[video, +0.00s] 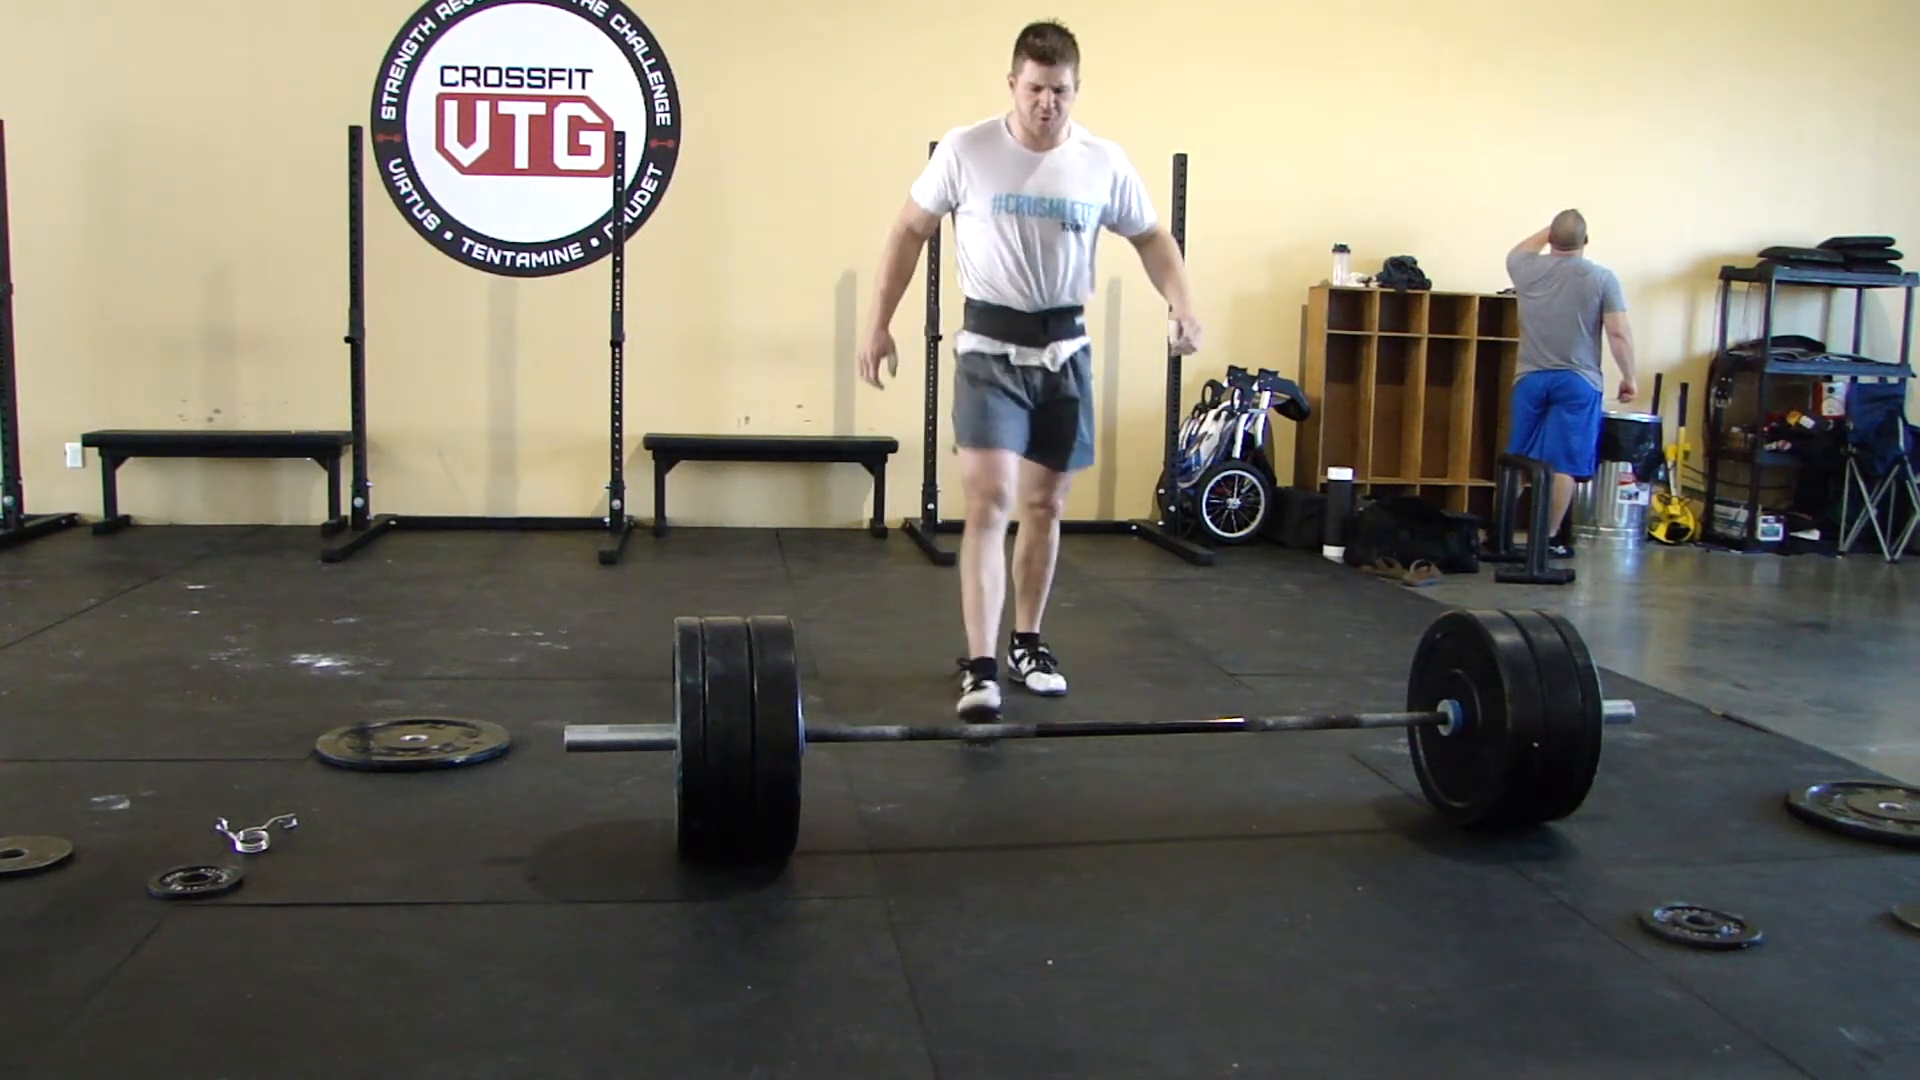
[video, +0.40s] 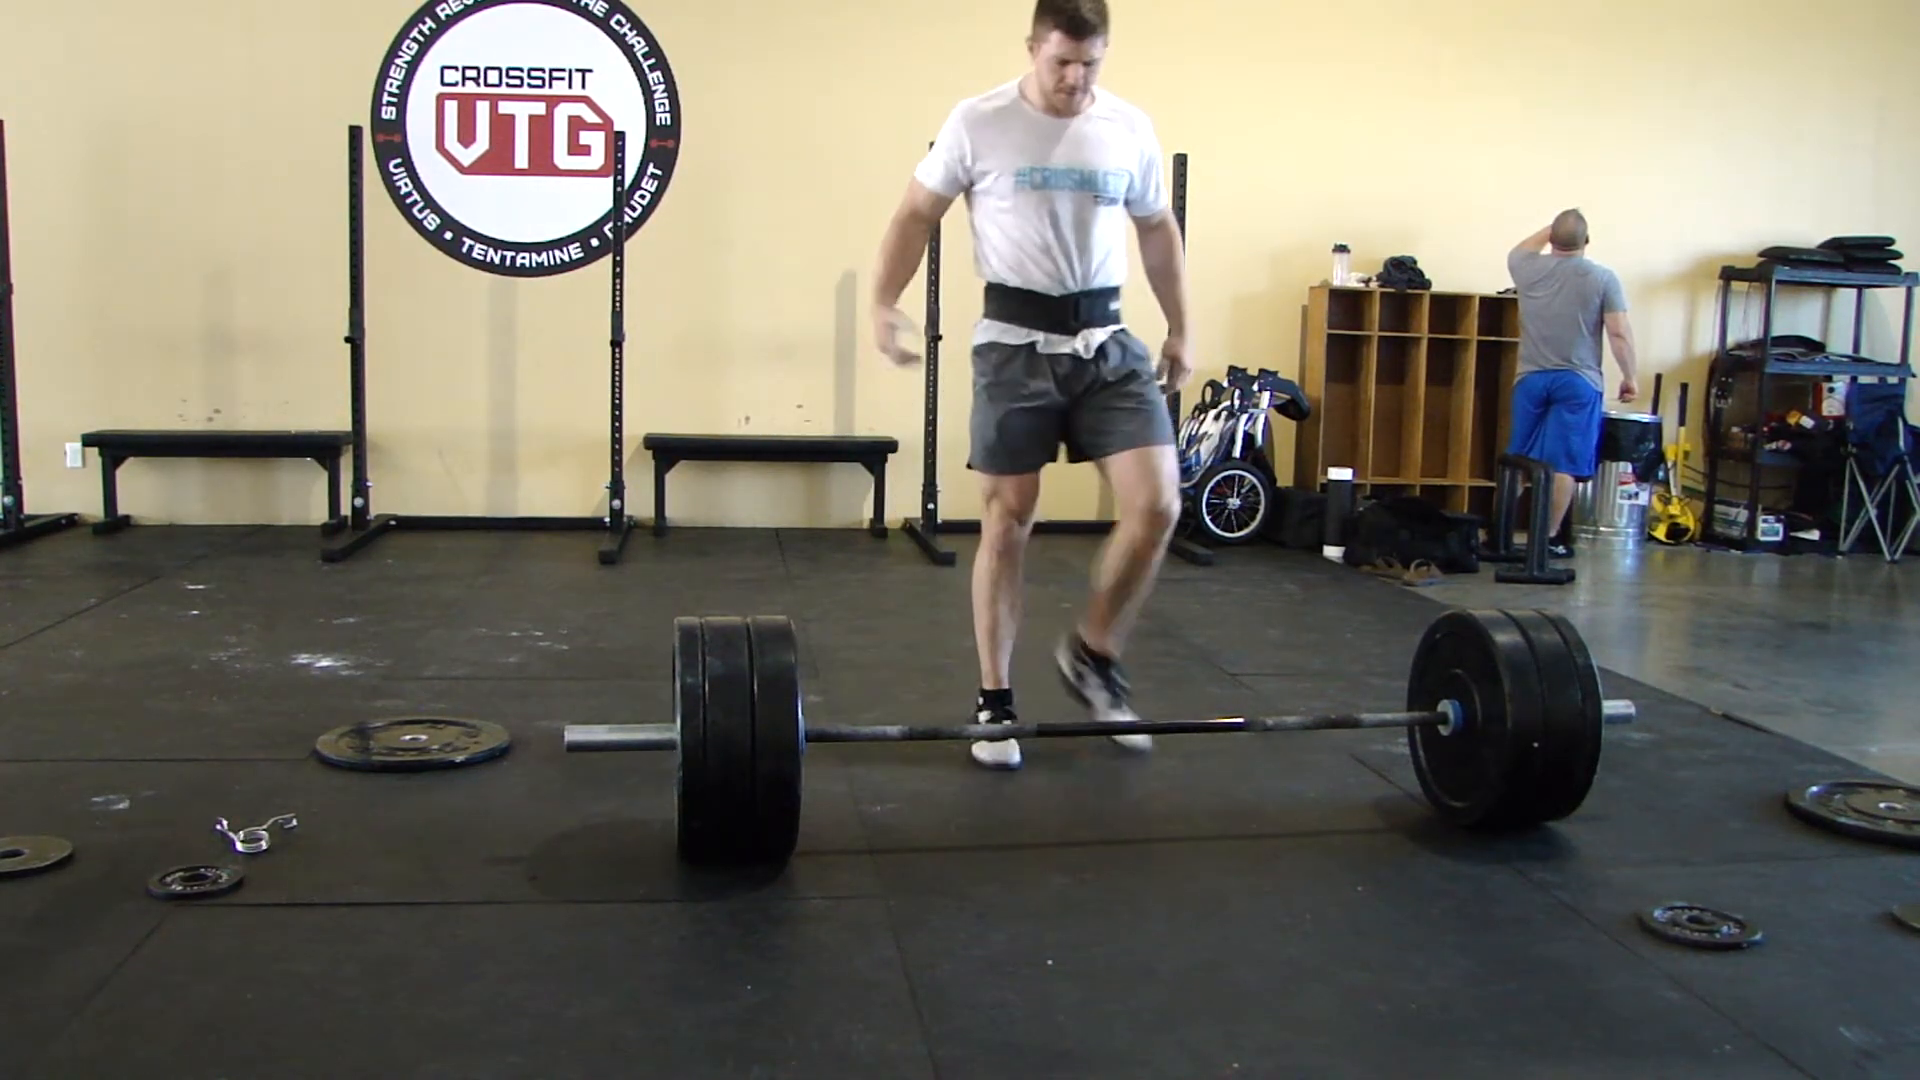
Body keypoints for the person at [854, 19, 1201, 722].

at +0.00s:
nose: (1046, 101)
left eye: (1059, 88)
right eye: (1035, 87)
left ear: (1076, 89)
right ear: (1011, 84)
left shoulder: (1104, 163)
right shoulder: (965, 151)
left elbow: (1151, 238)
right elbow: (911, 231)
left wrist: (1182, 303)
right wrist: (879, 325)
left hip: (1064, 356)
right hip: (989, 351)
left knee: (1044, 507)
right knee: (989, 499)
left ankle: (1027, 642)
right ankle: (981, 668)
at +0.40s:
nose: (1077, 79)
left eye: (1089, 65)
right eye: (1064, 64)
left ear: (1105, 56)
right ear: (1031, 49)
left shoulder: (1129, 130)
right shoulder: (977, 125)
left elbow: (1157, 228)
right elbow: (917, 214)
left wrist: (1180, 328)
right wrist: (882, 303)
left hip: (1105, 346)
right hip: (1013, 347)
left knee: (1157, 509)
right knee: (1010, 517)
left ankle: (1093, 650)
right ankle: (995, 699)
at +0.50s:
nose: (1095, 81)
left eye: (1108, 66)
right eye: (1082, 65)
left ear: (1123, 55)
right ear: (1048, 47)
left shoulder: (1146, 130)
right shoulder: (991, 124)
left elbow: (1171, 230)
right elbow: (917, 211)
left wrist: (1192, 329)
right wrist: (880, 316)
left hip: (1123, 351)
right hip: (1027, 351)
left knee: (1165, 518)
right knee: (1015, 523)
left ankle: (1160, 718)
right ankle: (996, 706)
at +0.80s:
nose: (1179, 98)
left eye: (1194, 84)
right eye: (1164, 80)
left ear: (1212, 71)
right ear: (1130, 53)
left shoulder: (1235, 142)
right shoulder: (1067, 125)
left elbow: (1273, 249)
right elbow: (992, 227)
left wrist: (1314, 358)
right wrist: (950, 340)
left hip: (1189, 370)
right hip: (1081, 365)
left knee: (1231, 549)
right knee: (1028, 557)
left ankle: (1226, 766)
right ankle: (1022, 680)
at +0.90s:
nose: (1193, 92)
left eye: (1209, 79)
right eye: (1181, 74)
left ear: (1231, 61)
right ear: (1147, 40)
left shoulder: (1254, 134)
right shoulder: (1079, 110)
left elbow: (1298, 231)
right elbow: (1005, 216)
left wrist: (1346, 338)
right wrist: (966, 330)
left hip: (1199, 368)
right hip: (1087, 359)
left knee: (1232, 547)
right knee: (1045, 544)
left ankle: (1226, 766)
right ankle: (1033, 729)